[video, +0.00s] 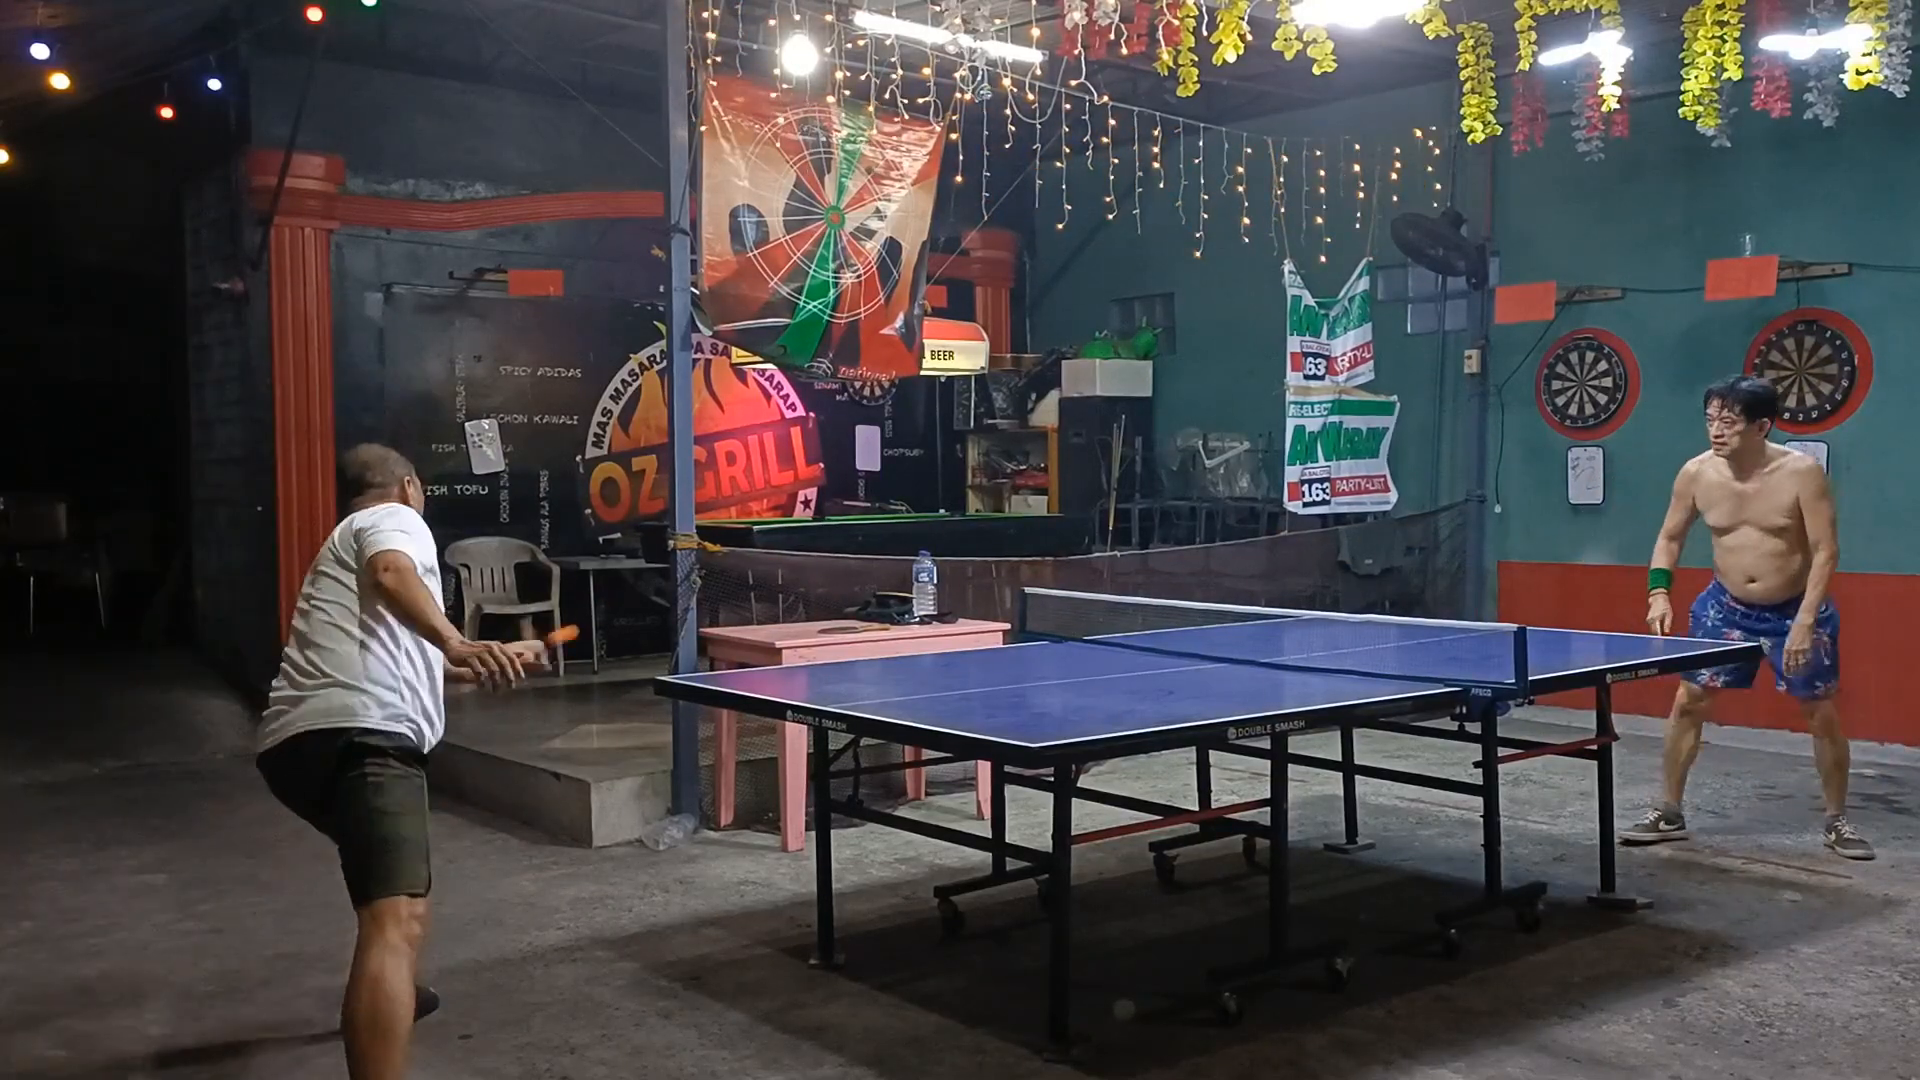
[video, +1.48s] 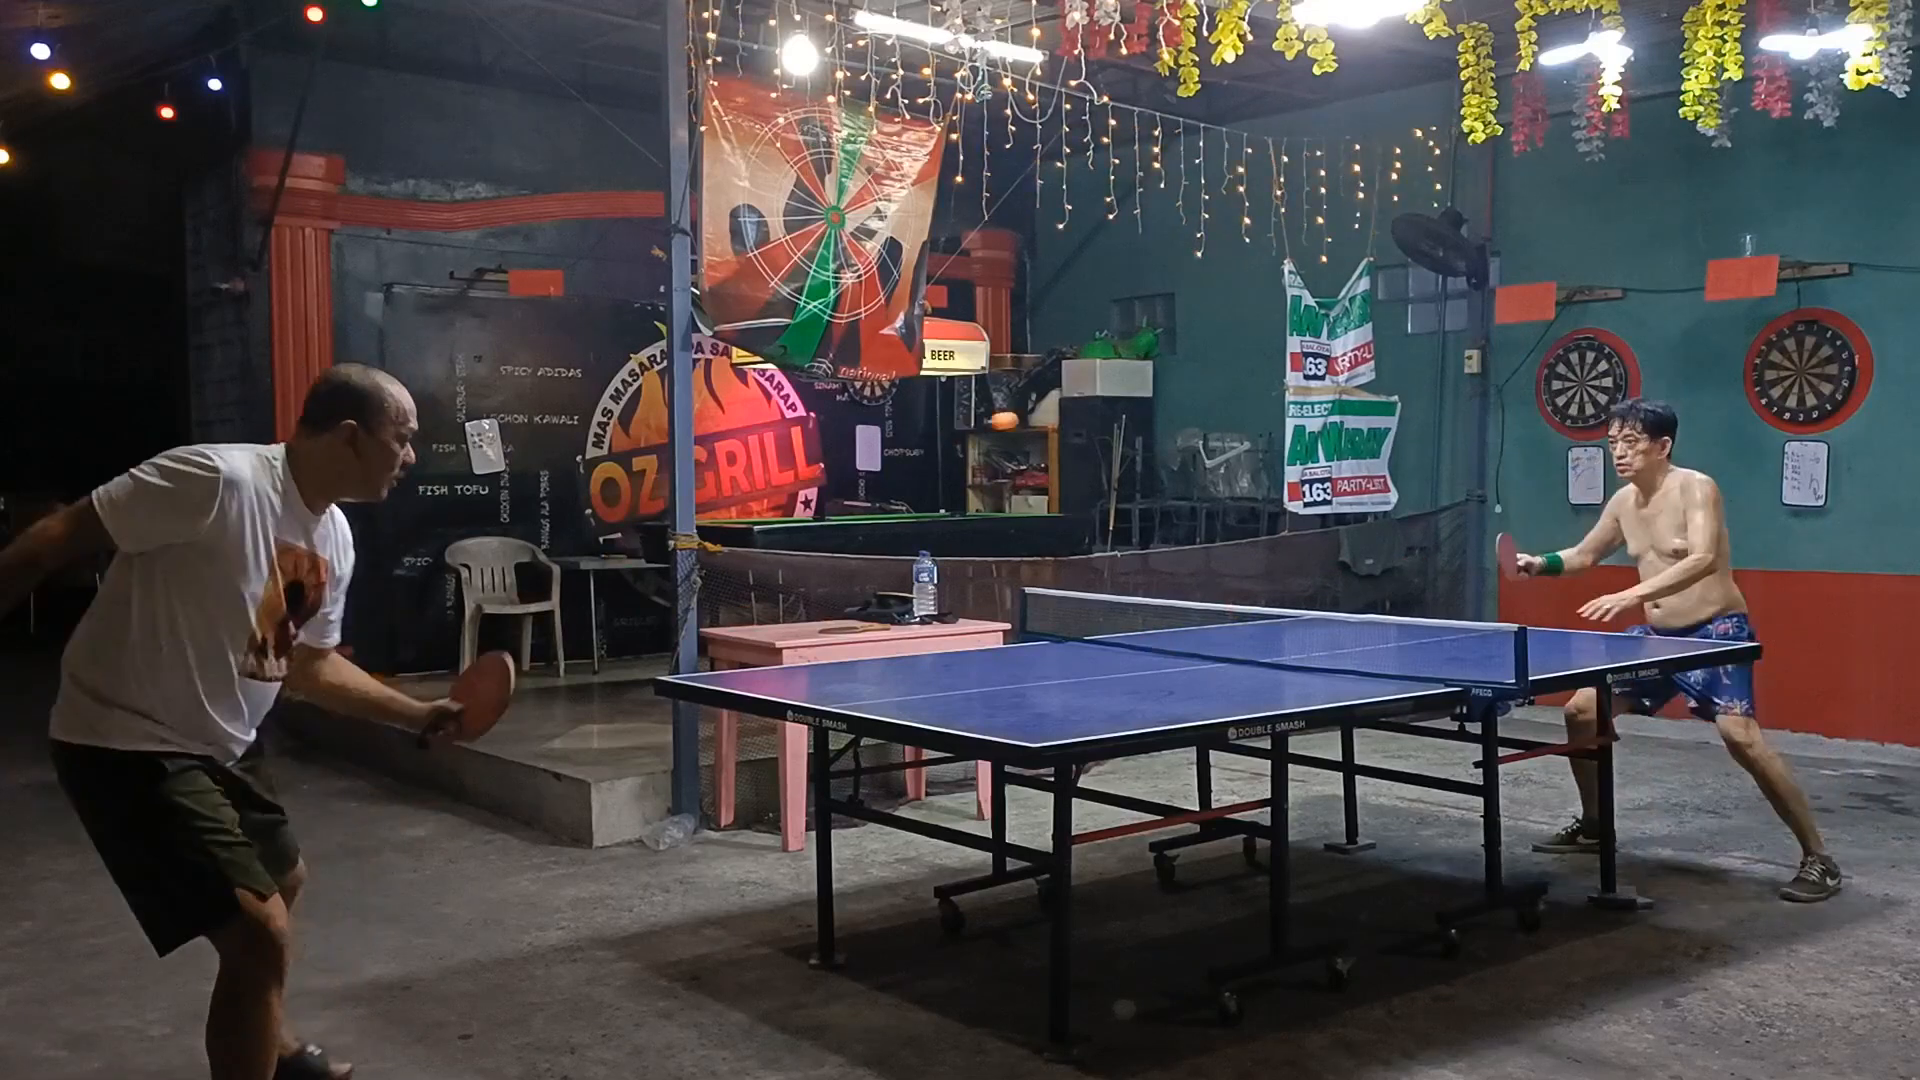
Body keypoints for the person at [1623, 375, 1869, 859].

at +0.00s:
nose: (1717, 429)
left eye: (1729, 419)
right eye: (1712, 418)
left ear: (1762, 425)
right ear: (1706, 422)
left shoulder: (1802, 473)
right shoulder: (1696, 474)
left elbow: (1825, 553)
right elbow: (1670, 538)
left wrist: (1804, 624)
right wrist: (1658, 592)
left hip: (1796, 614)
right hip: (1725, 610)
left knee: (1823, 717)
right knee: (1687, 702)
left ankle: (1837, 821)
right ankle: (1669, 811)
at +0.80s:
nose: (1690, 457)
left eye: (1702, 449)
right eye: (1682, 444)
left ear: (1719, 447)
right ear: (1668, 436)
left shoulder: (1737, 486)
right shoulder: (1638, 484)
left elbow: (1759, 548)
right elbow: (1592, 531)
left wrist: (1792, 609)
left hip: (1737, 623)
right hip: (1666, 628)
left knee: (1800, 716)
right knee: (1648, 737)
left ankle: (1865, 825)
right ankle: (1639, 812)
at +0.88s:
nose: (1667, 448)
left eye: (1679, 440)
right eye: (1661, 435)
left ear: (1697, 442)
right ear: (1646, 430)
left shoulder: (1713, 482)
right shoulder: (1624, 468)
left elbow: (1739, 542)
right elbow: (1560, 448)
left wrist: (1772, 601)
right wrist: (1534, 418)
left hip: (1726, 620)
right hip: (1656, 629)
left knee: (1793, 712)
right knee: (1644, 736)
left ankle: (1847, 823)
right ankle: (1638, 811)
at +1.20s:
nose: (1633, 423)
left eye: (1645, 415)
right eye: (1626, 413)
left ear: (1672, 417)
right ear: (1619, 414)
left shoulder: (1712, 463)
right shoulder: (1604, 461)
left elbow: (1740, 528)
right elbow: (1530, 477)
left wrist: (1754, 591)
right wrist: (1507, 438)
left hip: (1708, 612)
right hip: (1636, 614)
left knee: (1737, 715)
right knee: (1611, 718)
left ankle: (1778, 833)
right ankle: (1631, 796)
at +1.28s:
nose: (1623, 422)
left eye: (1635, 412)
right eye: (1617, 413)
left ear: (1665, 415)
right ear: (1612, 416)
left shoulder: (1704, 460)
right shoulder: (1607, 464)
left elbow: (1750, 525)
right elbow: (1553, 506)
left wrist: (1734, 572)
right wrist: (1519, 503)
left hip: (1703, 608)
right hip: (1637, 612)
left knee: (1736, 710)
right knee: (1585, 700)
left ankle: (1800, 828)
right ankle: (1600, 816)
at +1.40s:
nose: (1617, 439)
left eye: (1628, 429)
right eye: (1612, 429)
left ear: (1660, 432)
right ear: (1608, 432)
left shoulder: (1696, 475)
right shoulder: (1611, 484)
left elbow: (1734, 548)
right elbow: (1568, 535)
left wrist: (1677, 584)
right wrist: (1535, 543)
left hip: (1708, 622)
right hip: (1646, 625)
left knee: (1737, 729)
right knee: (1581, 708)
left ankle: (1808, 854)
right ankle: (1594, 825)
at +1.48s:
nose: (1618, 452)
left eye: (1630, 443)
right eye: (1614, 443)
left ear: (1662, 446)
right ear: (1611, 447)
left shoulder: (1695, 487)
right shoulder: (1623, 500)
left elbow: (1704, 559)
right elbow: (1583, 554)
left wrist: (1632, 595)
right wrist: (1539, 563)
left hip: (1718, 633)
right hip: (1660, 636)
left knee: (1739, 736)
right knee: (1581, 711)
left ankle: (1818, 858)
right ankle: (1594, 826)